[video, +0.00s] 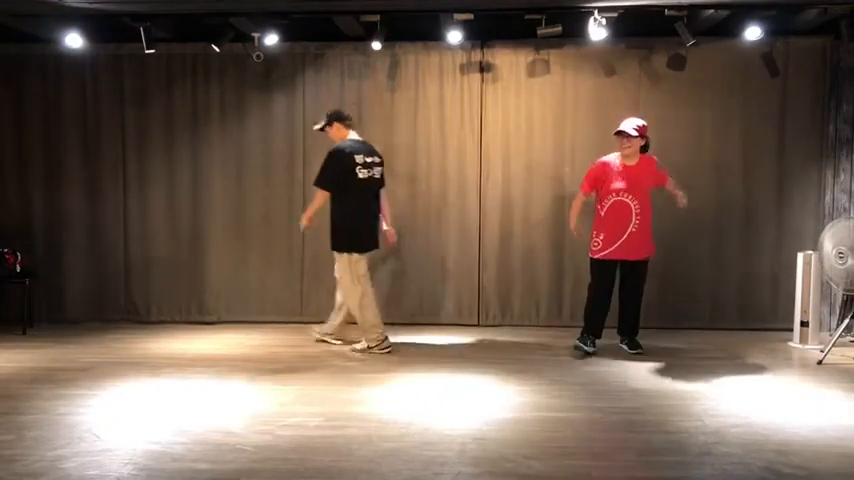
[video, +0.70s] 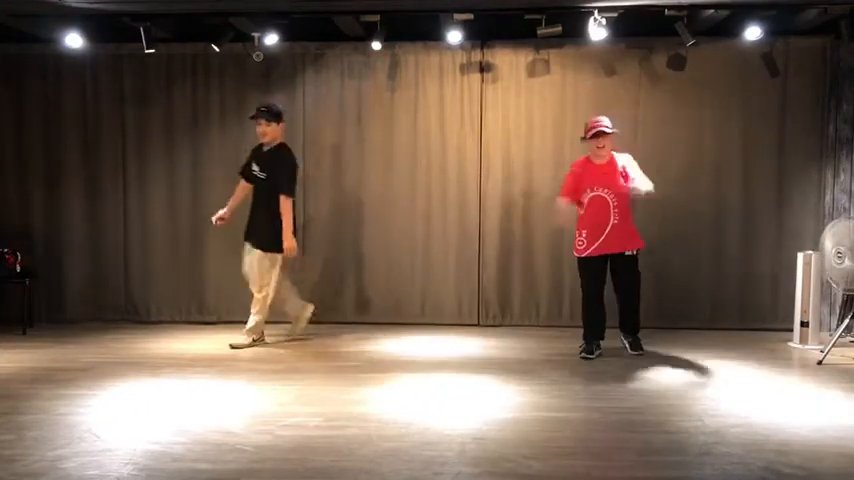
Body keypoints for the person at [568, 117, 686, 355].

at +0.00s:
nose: (625, 141)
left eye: (631, 137)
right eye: (622, 136)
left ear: (642, 141)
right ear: (617, 139)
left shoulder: (650, 166)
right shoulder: (604, 165)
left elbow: (666, 182)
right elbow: (582, 194)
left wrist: (678, 194)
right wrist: (573, 220)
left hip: (637, 242)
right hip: (605, 241)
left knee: (632, 293)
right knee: (600, 290)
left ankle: (629, 336)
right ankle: (589, 336)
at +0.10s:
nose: (626, 140)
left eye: (632, 136)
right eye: (623, 135)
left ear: (643, 141)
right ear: (618, 138)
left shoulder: (649, 164)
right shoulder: (604, 162)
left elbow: (653, 183)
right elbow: (578, 179)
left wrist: (662, 197)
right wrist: (563, 195)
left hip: (637, 243)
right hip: (606, 242)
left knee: (633, 294)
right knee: (600, 292)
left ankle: (628, 337)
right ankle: (590, 338)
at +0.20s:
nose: (626, 142)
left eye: (632, 138)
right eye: (623, 137)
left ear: (642, 143)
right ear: (617, 139)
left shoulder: (647, 166)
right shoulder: (601, 162)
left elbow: (660, 183)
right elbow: (572, 171)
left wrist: (679, 199)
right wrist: (548, 186)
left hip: (636, 243)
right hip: (604, 242)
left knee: (632, 294)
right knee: (600, 292)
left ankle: (628, 337)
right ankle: (593, 339)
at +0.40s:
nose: (619, 150)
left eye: (624, 146)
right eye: (616, 145)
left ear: (633, 146)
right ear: (609, 143)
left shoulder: (640, 164)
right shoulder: (597, 167)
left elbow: (648, 182)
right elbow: (602, 189)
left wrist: (618, 170)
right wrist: (627, 199)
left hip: (631, 244)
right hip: (599, 244)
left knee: (629, 295)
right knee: (597, 295)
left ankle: (628, 337)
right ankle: (592, 340)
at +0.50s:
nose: (616, 142)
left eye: (621, 137)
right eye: (611, 137)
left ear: (629, 141)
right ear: (603, 140)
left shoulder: (635, 161)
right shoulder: (593, 166)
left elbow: (611, 164)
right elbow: (616, 184)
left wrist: (584, 153)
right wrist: (646, 175)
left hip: (627, 240)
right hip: (597, 241)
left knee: (628, 293)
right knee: (595, 294)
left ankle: (628, 336)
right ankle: (592, 340)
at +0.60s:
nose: (609, 141)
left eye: (614, 136)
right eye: (604, 136)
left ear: (621, 139)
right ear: (594, 139)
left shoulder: (628, 158)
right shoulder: (587, 164)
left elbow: (623, 172)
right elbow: (596, 187)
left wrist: (586, 168)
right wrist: (628, 186)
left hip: (625, 238)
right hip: (594, 239)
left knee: (629, 291)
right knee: (594, 293)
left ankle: (629, 334)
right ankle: (592, 340)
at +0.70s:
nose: (601, 141)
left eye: (605, 136)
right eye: (595, 137)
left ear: (612, 139)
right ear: (587, 141)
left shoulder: (624, 162)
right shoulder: (579, 168)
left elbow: (647, 187)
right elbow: (564, 201)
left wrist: (633, 187)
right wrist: (573, 210)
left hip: (622, 240)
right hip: (590, 242)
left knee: (629, 291)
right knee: (591, 294)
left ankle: (630, 334)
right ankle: (592, 340)